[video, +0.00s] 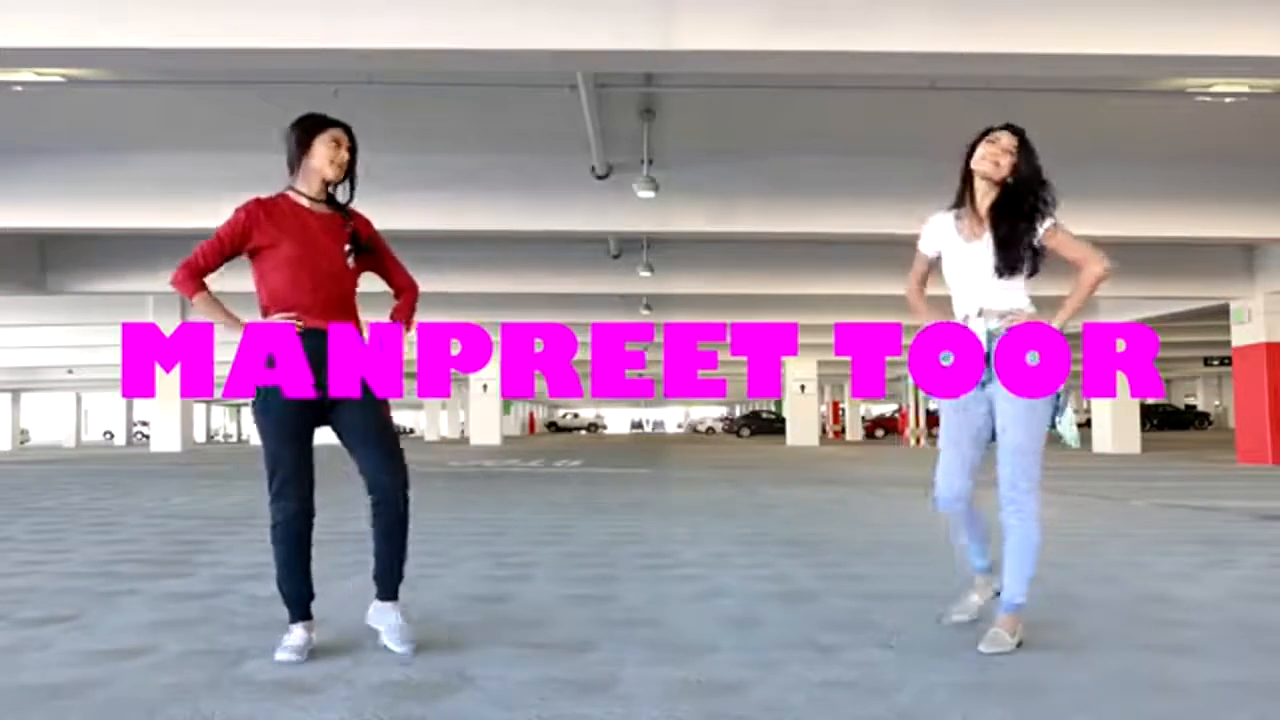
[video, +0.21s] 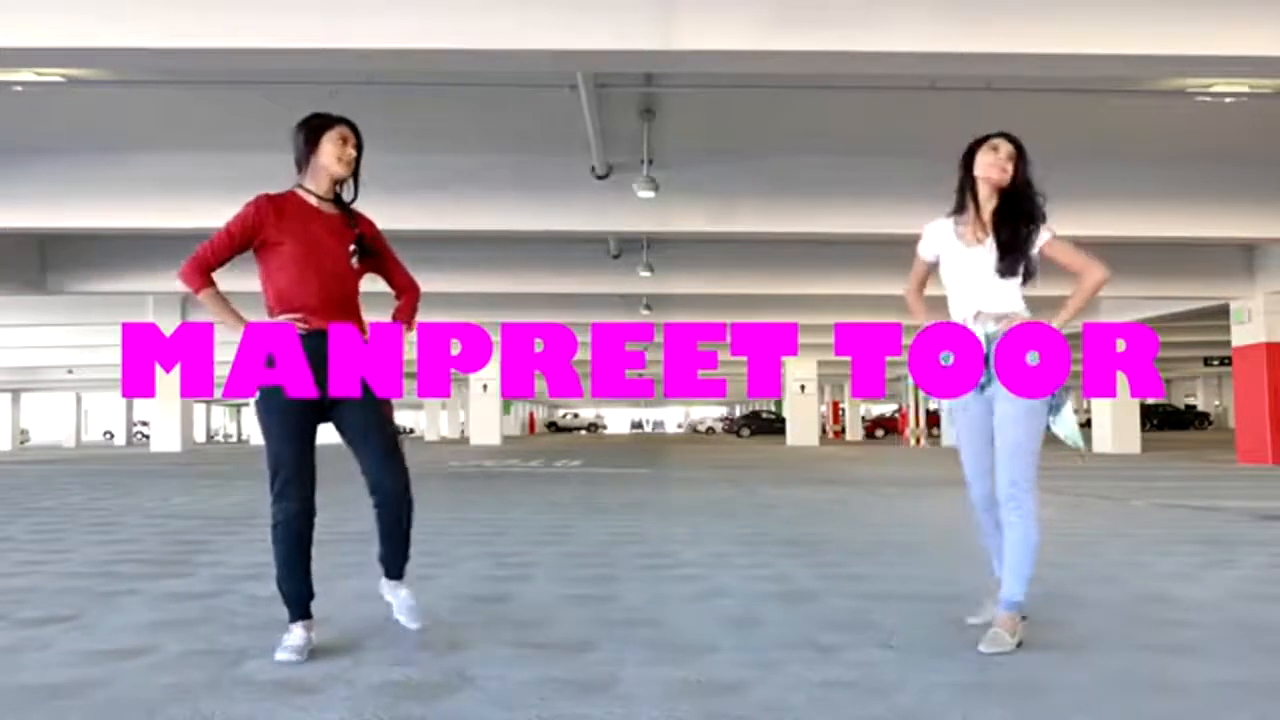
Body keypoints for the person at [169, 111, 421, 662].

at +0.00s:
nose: (343, 155)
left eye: (348, 150)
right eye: (333, 144)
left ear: (347, 164)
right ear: (302, 149)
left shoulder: (354, 226)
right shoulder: (260, 214)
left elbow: (407, 291)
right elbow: (185, 275)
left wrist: (385, 350)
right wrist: (236, 325)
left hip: (347, 366)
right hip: (282, 366)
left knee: (391, 479)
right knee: (289, 499)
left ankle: (387, 604)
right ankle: (300, 623)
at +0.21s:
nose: (349, 153)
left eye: (354, 147)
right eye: (339, 142)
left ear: (354, 162)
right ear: (310, 149)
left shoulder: (358, 227)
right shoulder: (269, 210)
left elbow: (409, 293)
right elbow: (192, 271)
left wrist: (387, 350)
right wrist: (242, 327)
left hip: (352, 365)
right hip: (287, 365)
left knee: (392, 481)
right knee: (291, 498)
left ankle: (395, 580)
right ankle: (299, 622)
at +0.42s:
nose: (361, 159)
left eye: (368, 154)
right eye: (352, 147)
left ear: (368, 170)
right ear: (324, 153)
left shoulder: (372, 232)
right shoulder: (283, 216)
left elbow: (423, 301)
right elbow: (211, 275)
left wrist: (395, 346)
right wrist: (261, 330)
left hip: (366, 376)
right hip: (300, 376)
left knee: (378, 489)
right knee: (299, 496)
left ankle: (394, 601)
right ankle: (300, 620)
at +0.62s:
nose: (385, 165)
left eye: (391, 161)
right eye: (376, 155)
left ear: (392, 175)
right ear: (348, 160)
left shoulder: (393, 235)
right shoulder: (304, 217)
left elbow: (443, 296)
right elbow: (234, 275)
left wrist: (423, 350)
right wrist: (279, 333)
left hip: (388, 376)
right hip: (322, 374)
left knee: (391, 491)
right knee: (316, 498)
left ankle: (395, 600)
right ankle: (302, 621)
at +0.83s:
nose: (406, 174)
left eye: (411, 168)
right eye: (397, 163)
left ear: (412, 182)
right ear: (369, 168)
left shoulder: (412, 243)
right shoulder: (324, 225)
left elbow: (463, 297)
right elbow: (261, 281)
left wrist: (472, 342)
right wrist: (271, 335)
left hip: (406, 379)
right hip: (341, 376)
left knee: (405, 492)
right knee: (332, 495)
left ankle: (398, 602)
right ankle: (303, 615)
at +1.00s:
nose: (408, 173)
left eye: (415, 168)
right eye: (398, 162)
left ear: (418, 184)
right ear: (373, 170)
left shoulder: (421, 244)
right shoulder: (333, 226)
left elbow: (474, 292)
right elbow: (275, 284)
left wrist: (450, 341)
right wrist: (300, 338)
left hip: (410, 377)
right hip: (344, 380)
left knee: (408, 489)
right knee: (335, 491)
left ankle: (398, 601)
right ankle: (307, 610)